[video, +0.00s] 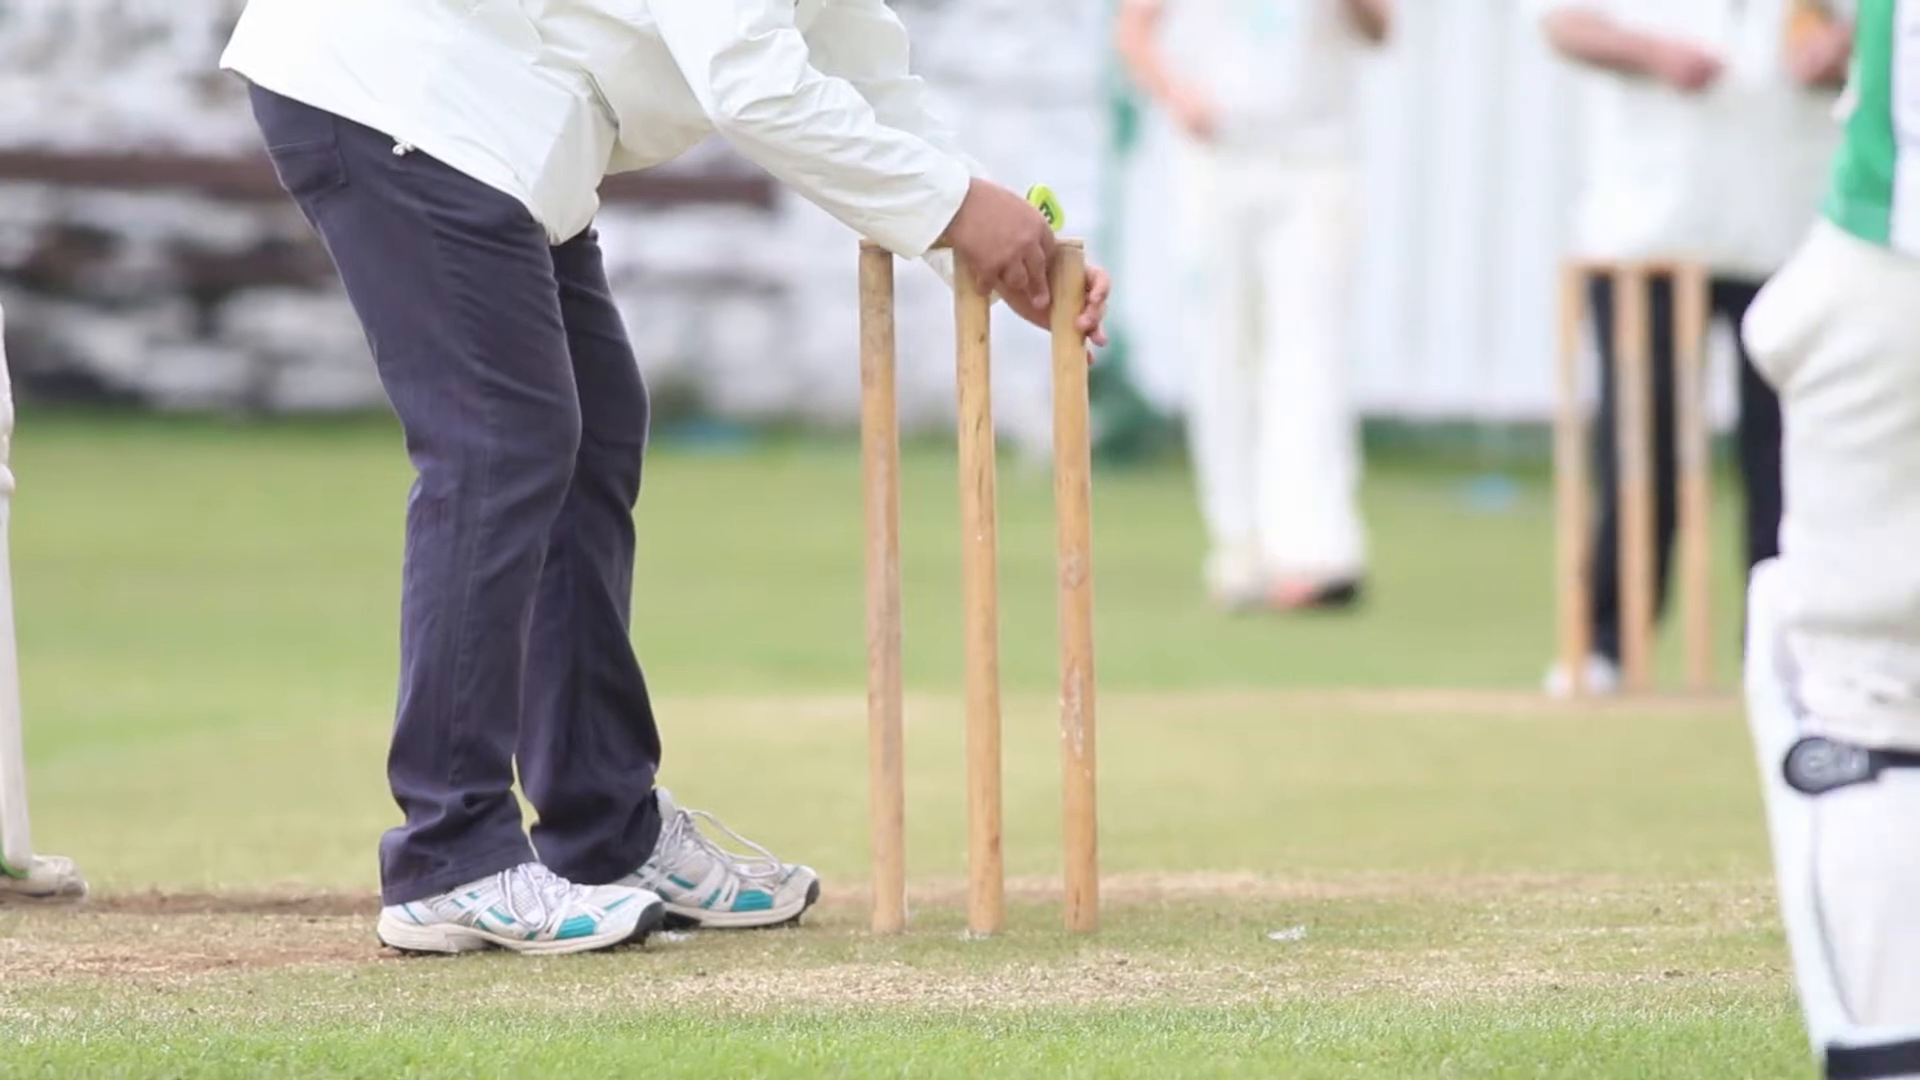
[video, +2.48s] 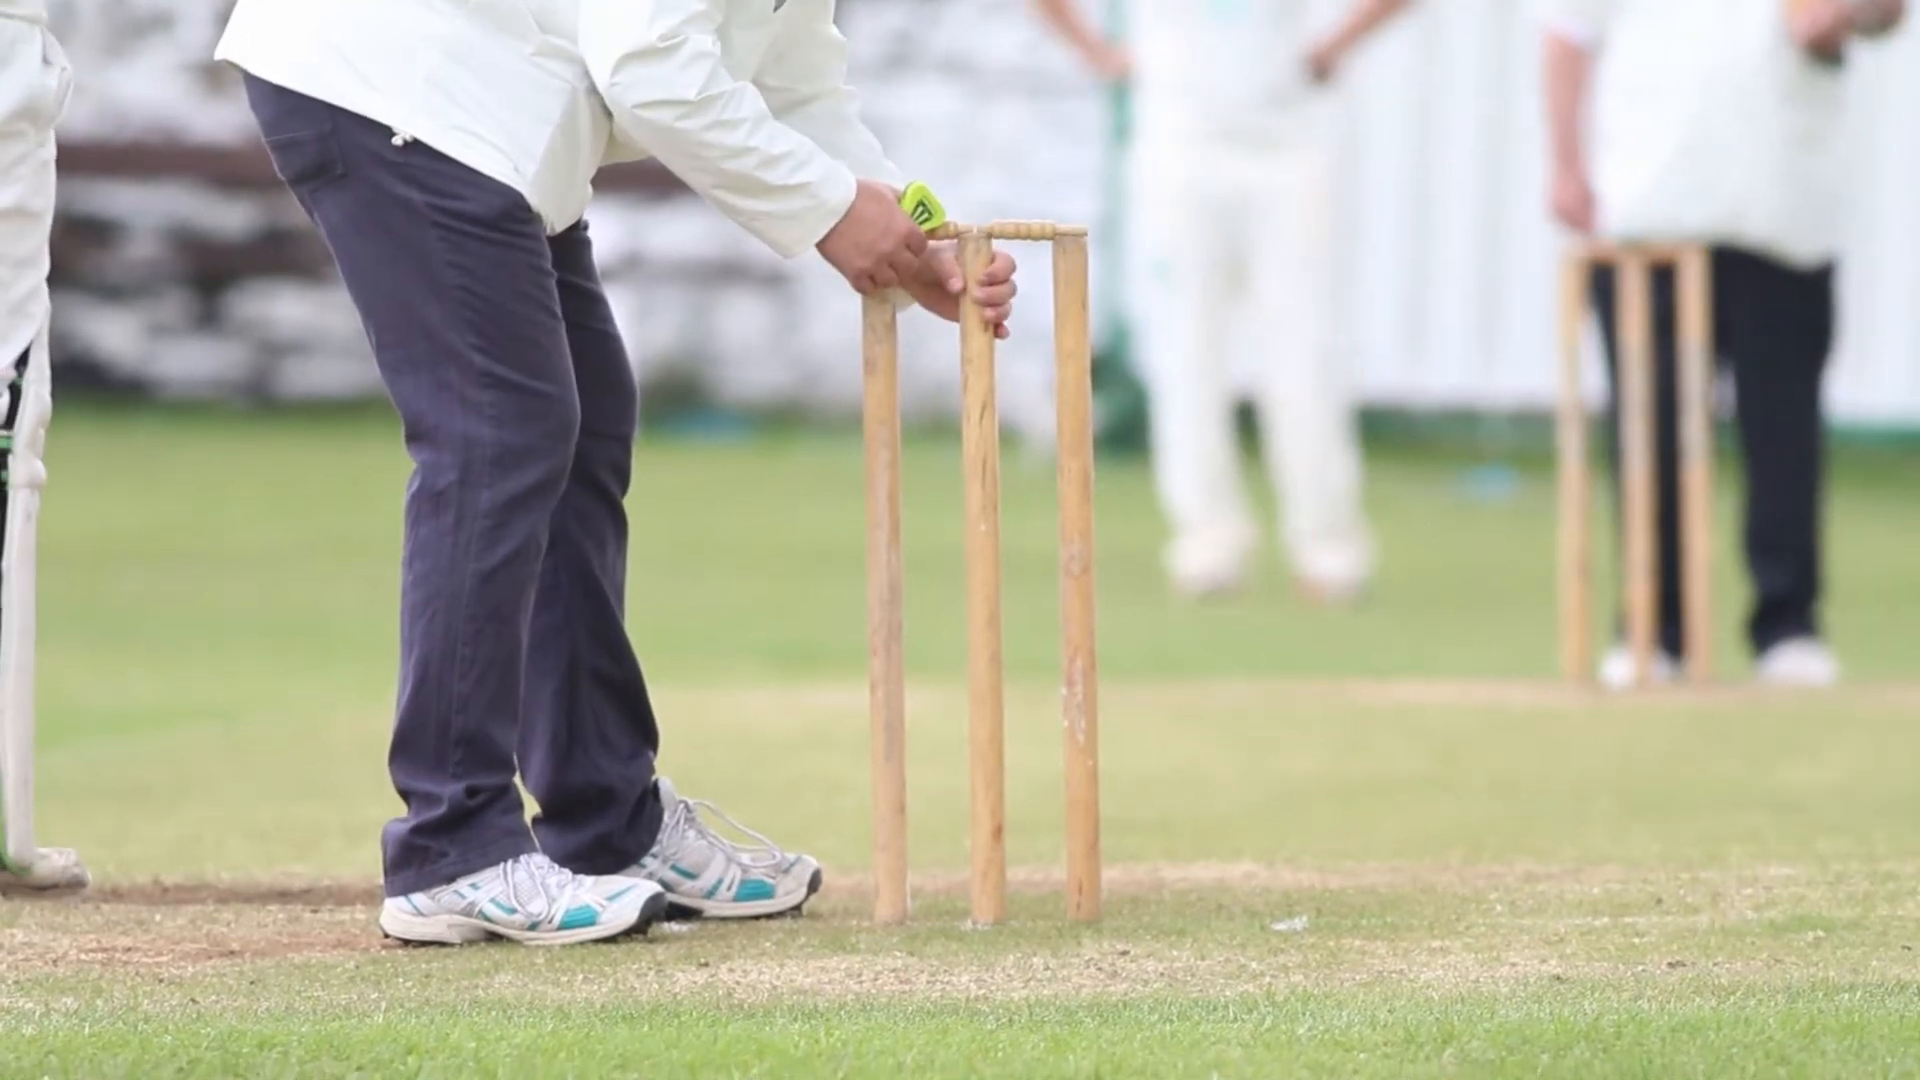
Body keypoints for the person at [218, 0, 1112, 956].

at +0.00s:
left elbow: (875, 85)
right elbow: (749, 84)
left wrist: (1005, 247)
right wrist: (961, 206)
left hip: (502, 87)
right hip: (380, 58)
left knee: (596, 428)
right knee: (508, 436)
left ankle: (605, 834)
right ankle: (447, 866)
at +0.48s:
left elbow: (769, 71)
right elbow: (660, 70)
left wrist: (877, 220)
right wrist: (847, 201)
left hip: (494, 82)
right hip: (388, 61)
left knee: (594, 426)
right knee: (507, 436)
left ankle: (608, 837)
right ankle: (450, 862)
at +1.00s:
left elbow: (760, 78)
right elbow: (650, 73)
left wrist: (863, 217)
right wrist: (846, 194)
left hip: (487, 76)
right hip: (381, 59)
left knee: (587, 423)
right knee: (508, 432)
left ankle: (603, 832)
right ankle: (451, 863)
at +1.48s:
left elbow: (721, 84)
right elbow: (642, 62)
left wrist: (853, 227)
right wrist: (822, 207)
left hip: (479, 80)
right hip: (381, 62)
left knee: (588, 414)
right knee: (508, 429)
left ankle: (606, 832)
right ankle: (450, 857)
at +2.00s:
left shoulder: (785, 4)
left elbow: (796, 88)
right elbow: (650, 67)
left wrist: (909, 231)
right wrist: (829, 214)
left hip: (494, 74)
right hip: (380, 54)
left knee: (585, 419)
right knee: (507, 427)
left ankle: (603, 827)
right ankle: (451, 858)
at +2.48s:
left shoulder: (790, 1)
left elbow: (804, 106)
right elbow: (650, 67)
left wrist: (915, 244)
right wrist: (831, 213)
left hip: (493, 78)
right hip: (379, 55)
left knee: (586, 417)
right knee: (505, 425)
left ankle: (604, 824)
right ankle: (451, 857)